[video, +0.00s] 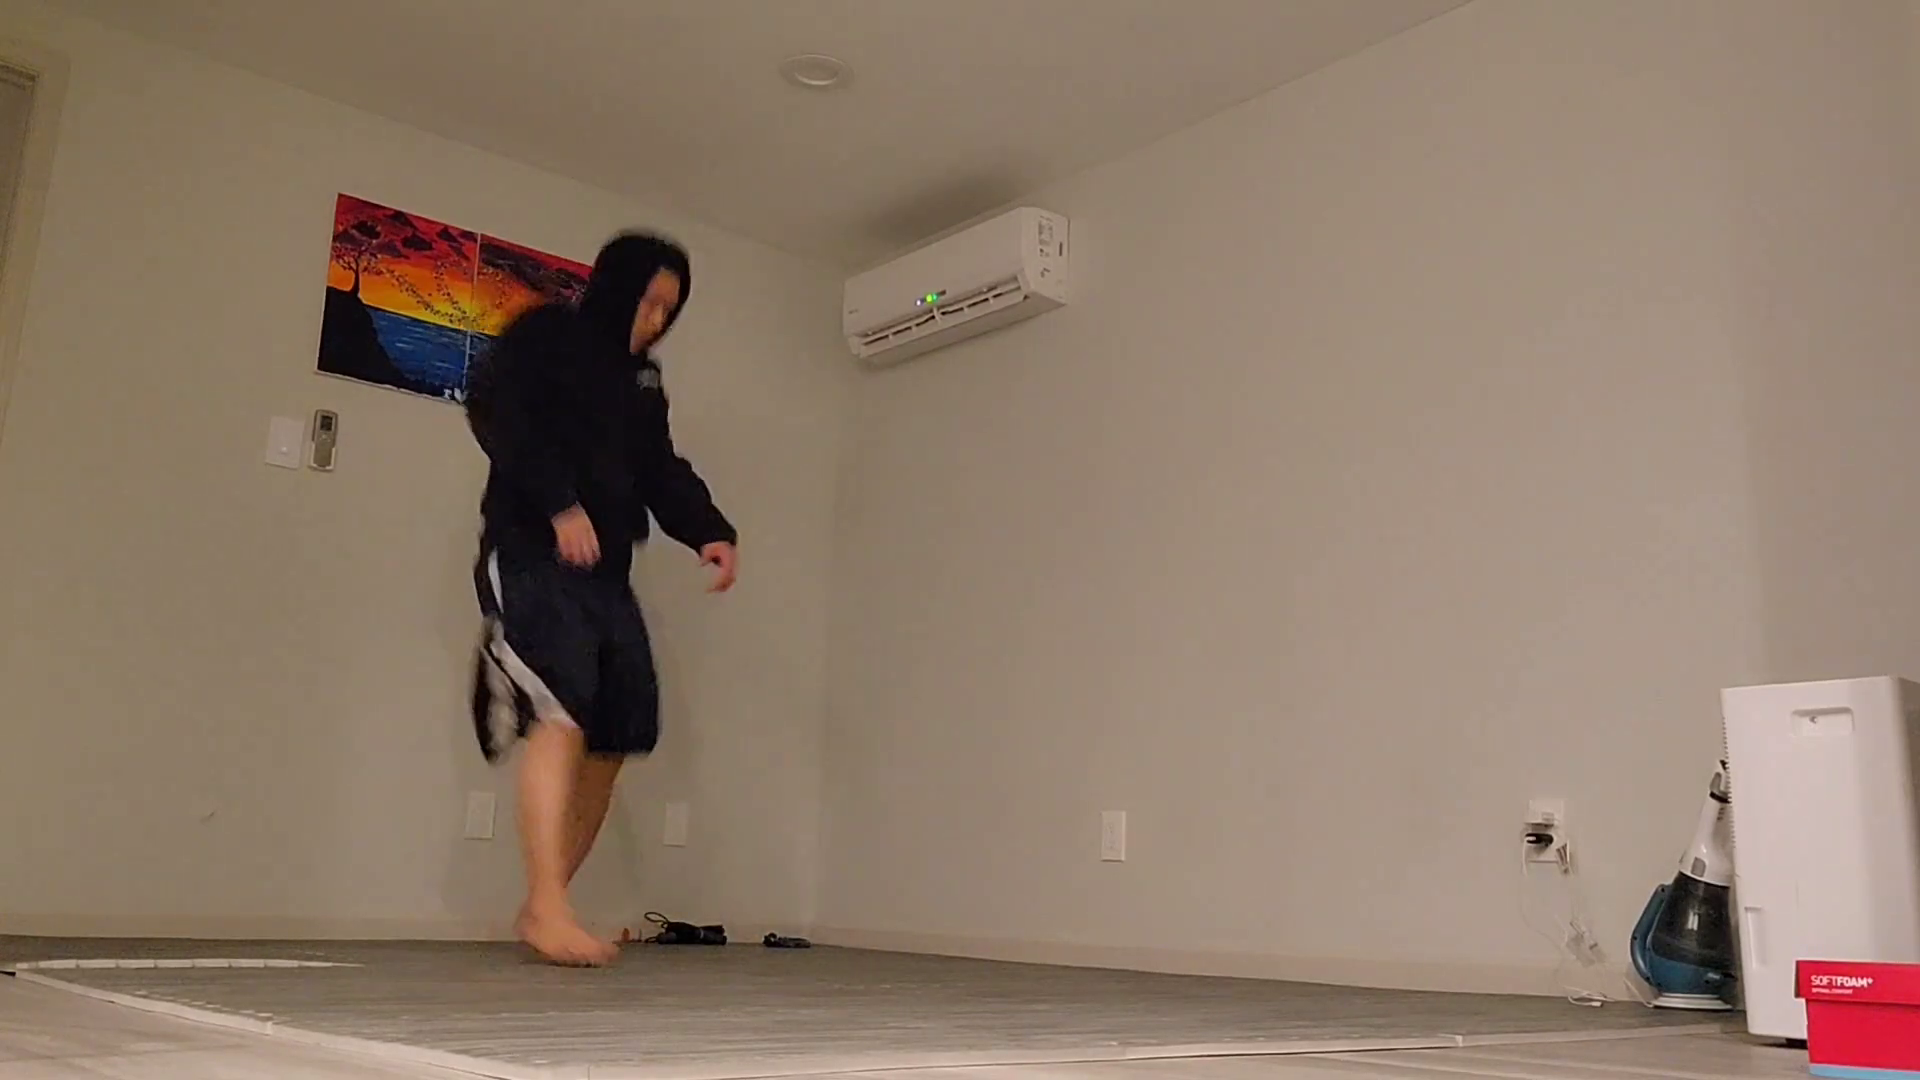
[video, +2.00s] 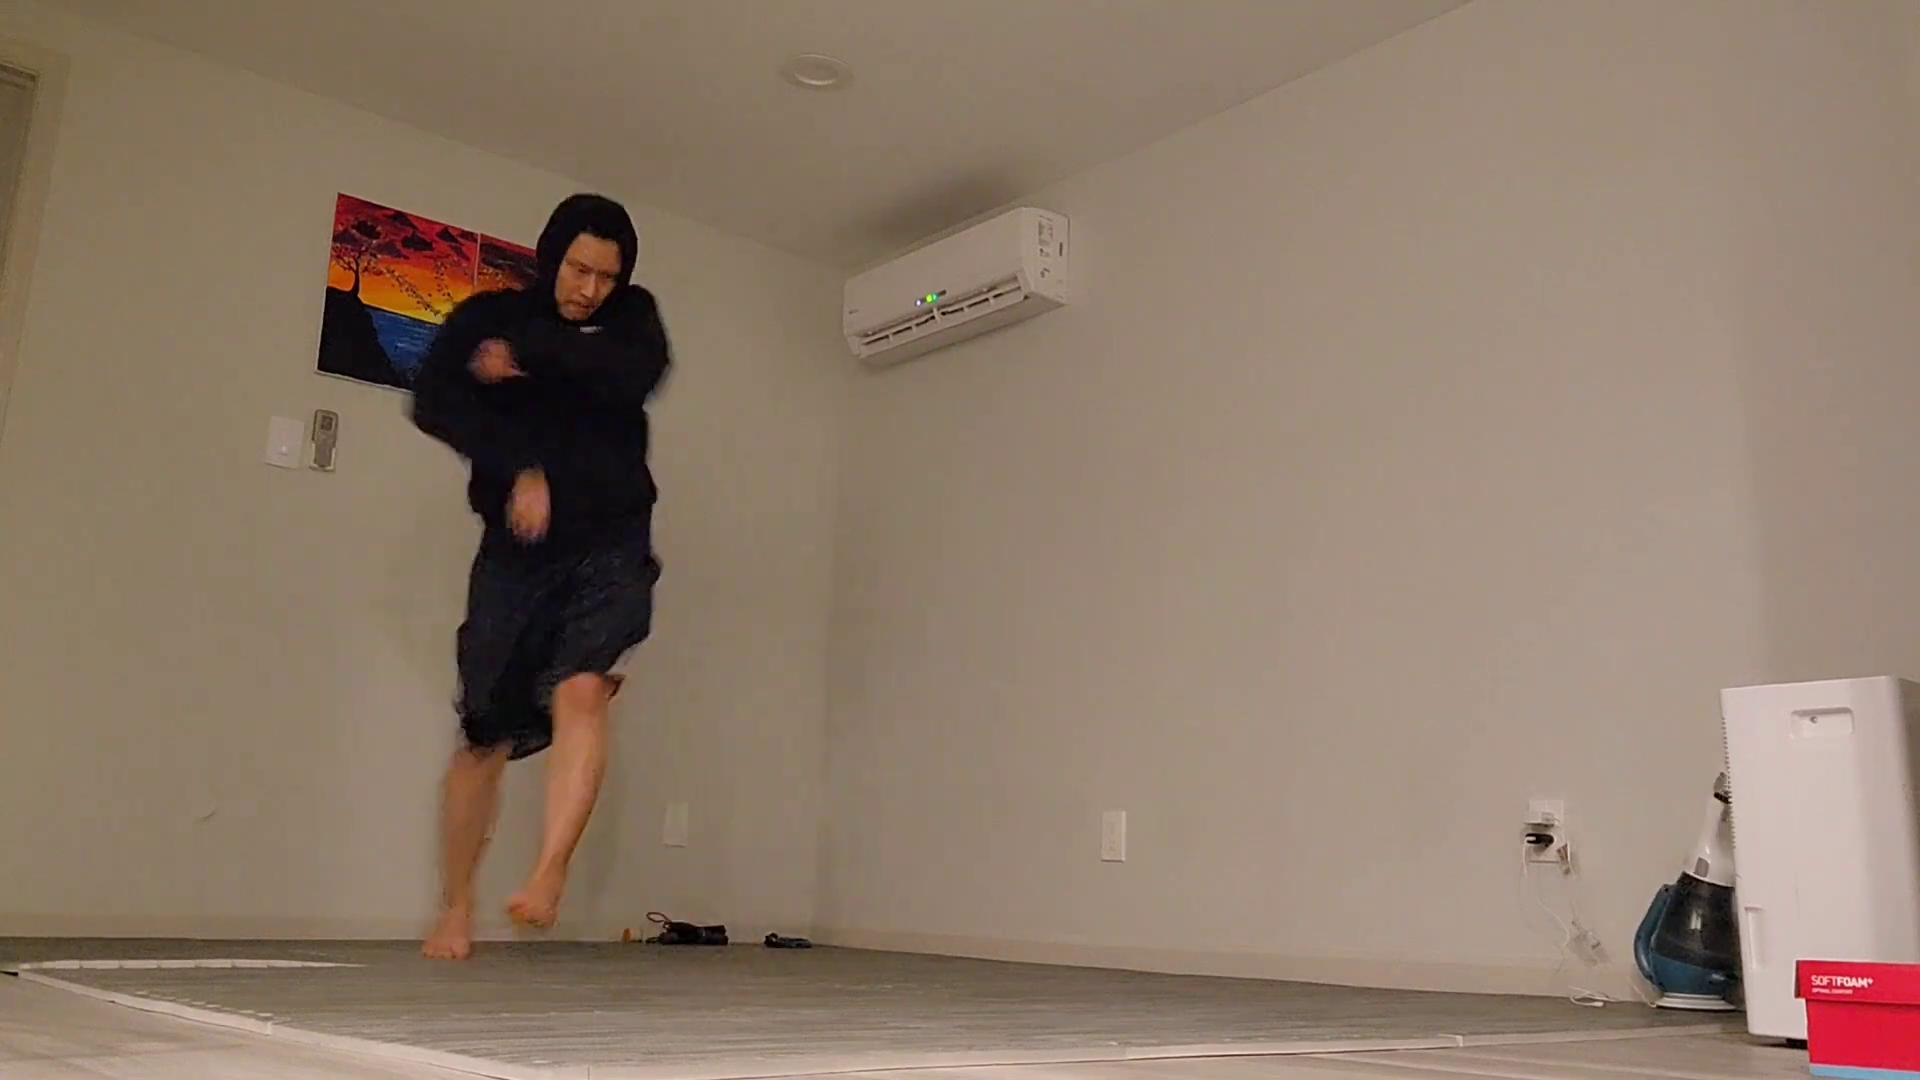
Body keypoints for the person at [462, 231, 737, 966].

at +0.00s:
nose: (660, 321)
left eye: (669, 310)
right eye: (654, 303)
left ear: (669, 311)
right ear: (618, 287)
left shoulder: (641, 375)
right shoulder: (545, 332)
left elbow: (656, 465)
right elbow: (494, 408)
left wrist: (708, 529)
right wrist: (560, 502)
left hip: (604, 568)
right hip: (529, 553)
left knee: (612, 729)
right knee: (559, 714)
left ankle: (545, 906)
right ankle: (547, 912)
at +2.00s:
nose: (586, 287)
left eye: (603, 274)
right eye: (575, 268)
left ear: (622, 275)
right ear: (549, 259)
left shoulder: (631, 316)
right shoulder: (490, 315)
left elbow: (637, 371)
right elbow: (433, 401)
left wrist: (525, 356)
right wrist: (517, 467)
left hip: (608, 544)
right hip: (514, 546)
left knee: (581, 688)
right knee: (485, 734)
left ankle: (549, 878)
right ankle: (456, 907)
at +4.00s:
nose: (653, 258)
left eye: (675, 252)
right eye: (648, 240)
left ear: (687, 268)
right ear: (615, 240)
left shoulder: (679, 326)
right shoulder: (542, 295)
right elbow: (449, 296)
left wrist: (644, 250)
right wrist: (437, 313)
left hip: (642, 546)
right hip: (548, 536)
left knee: (651, 745)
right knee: (613, 715)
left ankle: (590, 930)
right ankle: (663, 913)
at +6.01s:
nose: (646, 181)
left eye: (649, 170)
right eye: (632, 165)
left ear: (643, 190)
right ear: (584, 170)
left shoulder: (633, 275)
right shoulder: (516, 230)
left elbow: (697, 314)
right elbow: (498, 311)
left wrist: (670, 320)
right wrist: (565, 394)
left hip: (600, 524)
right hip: (511, 518)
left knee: (646, 726)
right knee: (517, 736)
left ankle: (626, 929)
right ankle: (397, 926)